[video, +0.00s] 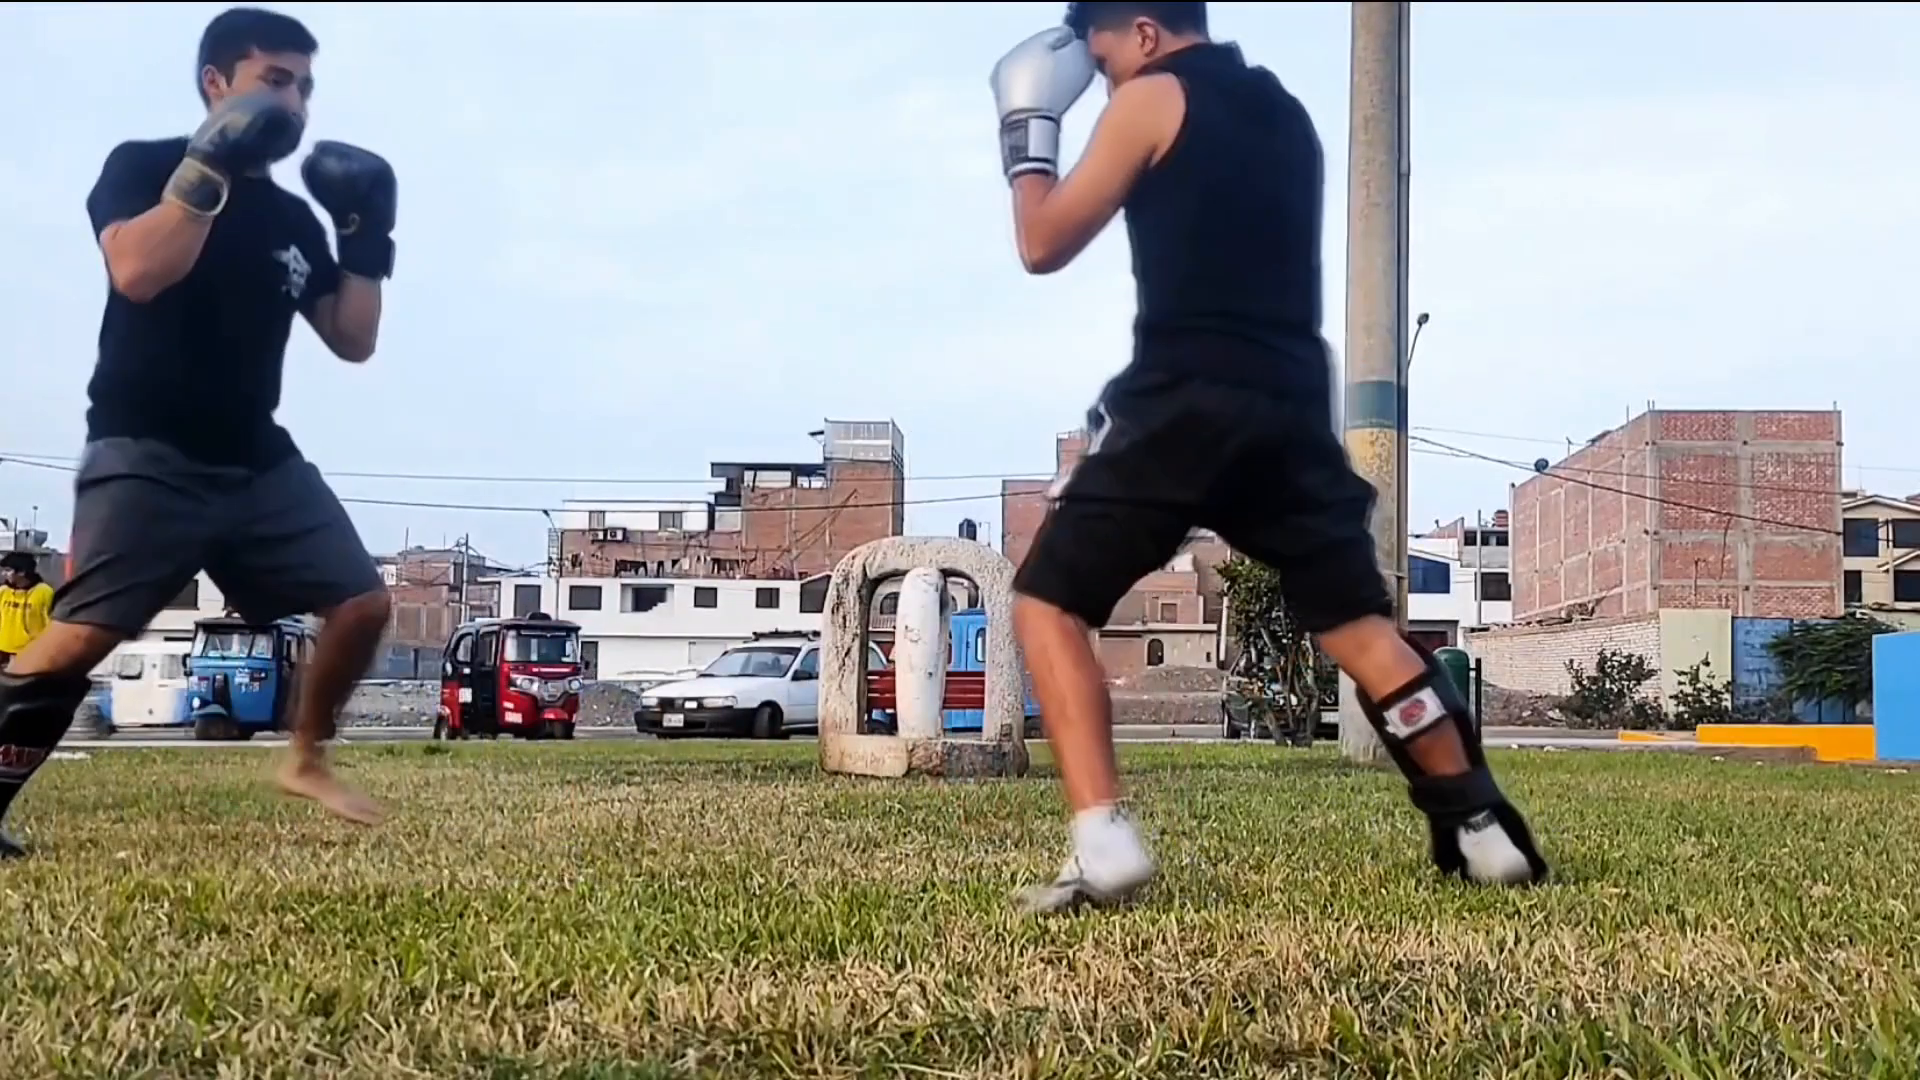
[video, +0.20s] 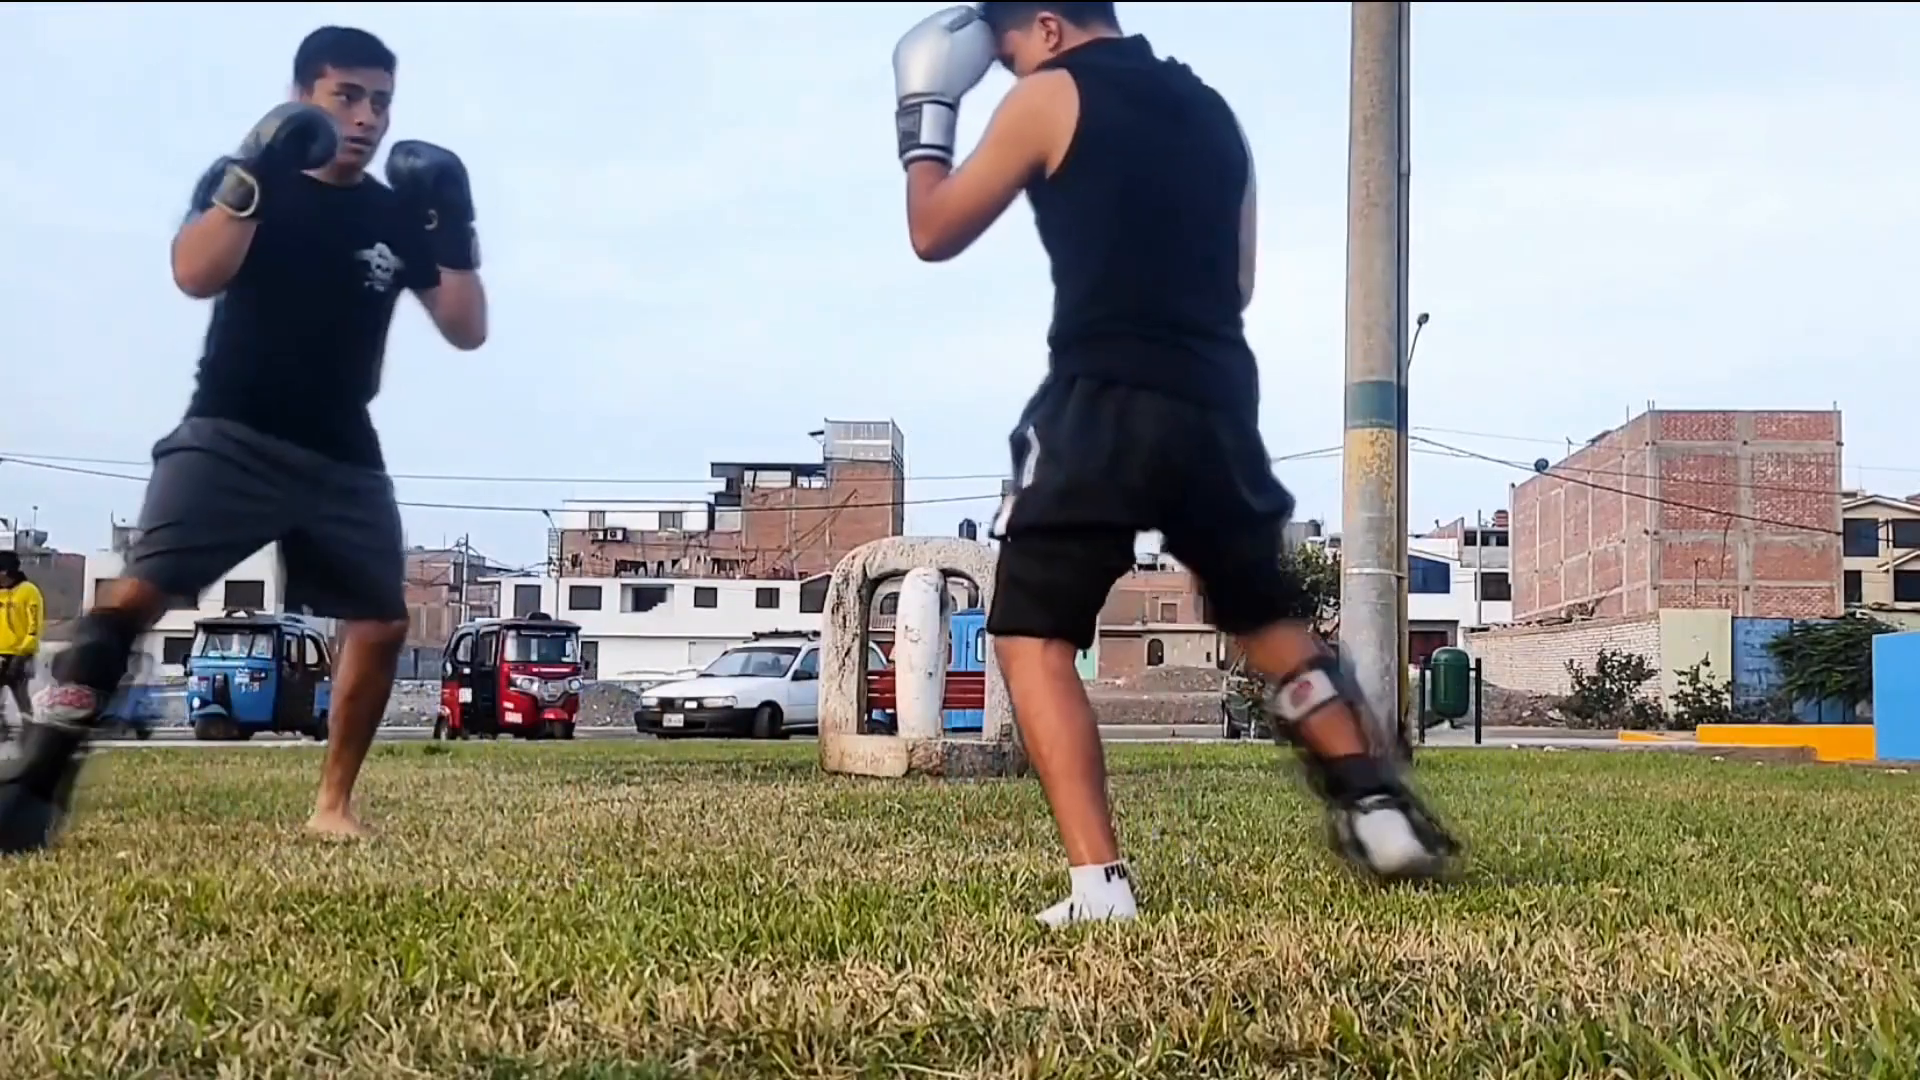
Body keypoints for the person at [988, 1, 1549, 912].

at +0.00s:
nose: (1103, 76)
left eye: (1103, 56)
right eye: (1098, 60)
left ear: (1144, 30)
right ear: (1184, 24)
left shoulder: (1152, 98)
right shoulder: (1285, 113)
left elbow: (1040, 244)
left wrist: (1027, 134)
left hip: (1185, 403)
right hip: (1296, 411)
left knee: (1047, 603)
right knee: (1358, 625)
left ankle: (1104, 842)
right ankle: (1486, 834)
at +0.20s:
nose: (1014, 75)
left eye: (1012, 57)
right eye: (1007, 62)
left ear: (1048, 25)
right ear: (1099, 20)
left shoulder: (1052, 96)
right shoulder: (1213, 113)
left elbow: (932, 231)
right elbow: (1240, 281)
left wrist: (926, 119)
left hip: (1101, 409)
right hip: (1218, 411)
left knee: (1031, 634)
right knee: (1260, 609)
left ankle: (1098, 882)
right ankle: (1375, 804)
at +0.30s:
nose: (979, 55)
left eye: (978, 36)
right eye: (977, 40)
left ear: (1013, 14)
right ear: (1073, 11)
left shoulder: (1014, 84)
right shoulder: (1188, 99)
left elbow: (906, 220)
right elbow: (1226, 268)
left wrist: (904, 106)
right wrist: (1123, 238)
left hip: (1076, 379)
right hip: (1194, 383)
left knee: (1041, 629)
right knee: (1194, 609)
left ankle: (1100, 881)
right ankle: (1235, 793)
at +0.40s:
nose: (963, 47)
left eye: (962, 30)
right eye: (961, 34)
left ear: (995, 20)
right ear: (1064, 16)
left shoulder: (988, 86)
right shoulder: (1169, 98)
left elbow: (883, 219)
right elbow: (1214, 264)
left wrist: (885, 108)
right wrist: (1114, 210)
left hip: (1047, 376)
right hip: (1164, 385)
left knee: (1040, 632)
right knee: (1127, 629)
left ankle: (1102, 887)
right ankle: (1087, 816)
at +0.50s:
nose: (958, 62)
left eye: (957, 47)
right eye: (957, 49)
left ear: (990, 33)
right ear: (1058, 27)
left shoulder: (978, 97)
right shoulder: (1158, 117)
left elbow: (870, 224)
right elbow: (1192, 279)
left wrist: (878, 119)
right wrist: (1100, 224)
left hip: (1008, 390)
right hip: (1124, 407)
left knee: (940, 628)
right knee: (1054, 632)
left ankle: (1065, 838)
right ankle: (1027, 859)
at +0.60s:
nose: (956, 71)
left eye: (955, 57)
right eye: (955, 59)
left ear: (982, 40)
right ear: (1052, 35)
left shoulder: (967, 98)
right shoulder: (1146, 126)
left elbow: (861, 223)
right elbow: (1170, 296)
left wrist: (878, 113)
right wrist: (1084, 227)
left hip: (988, 386)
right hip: (1104, 408)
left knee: (825, 556)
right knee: (1040, 629)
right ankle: (1020, 858)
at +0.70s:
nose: (938, 54)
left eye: (939, 39)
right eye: (939, 41)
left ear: (968, 28)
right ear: (1041, 27)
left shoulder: (949, 90)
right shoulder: (1128, 121)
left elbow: (846, 215)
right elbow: (1145, 289)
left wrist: (865, 110)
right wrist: (1067, 222)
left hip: (963, 368)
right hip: (1079, 398)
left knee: (780, 460)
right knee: (1026, 622)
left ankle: (880, 612)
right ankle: (1017, 856)